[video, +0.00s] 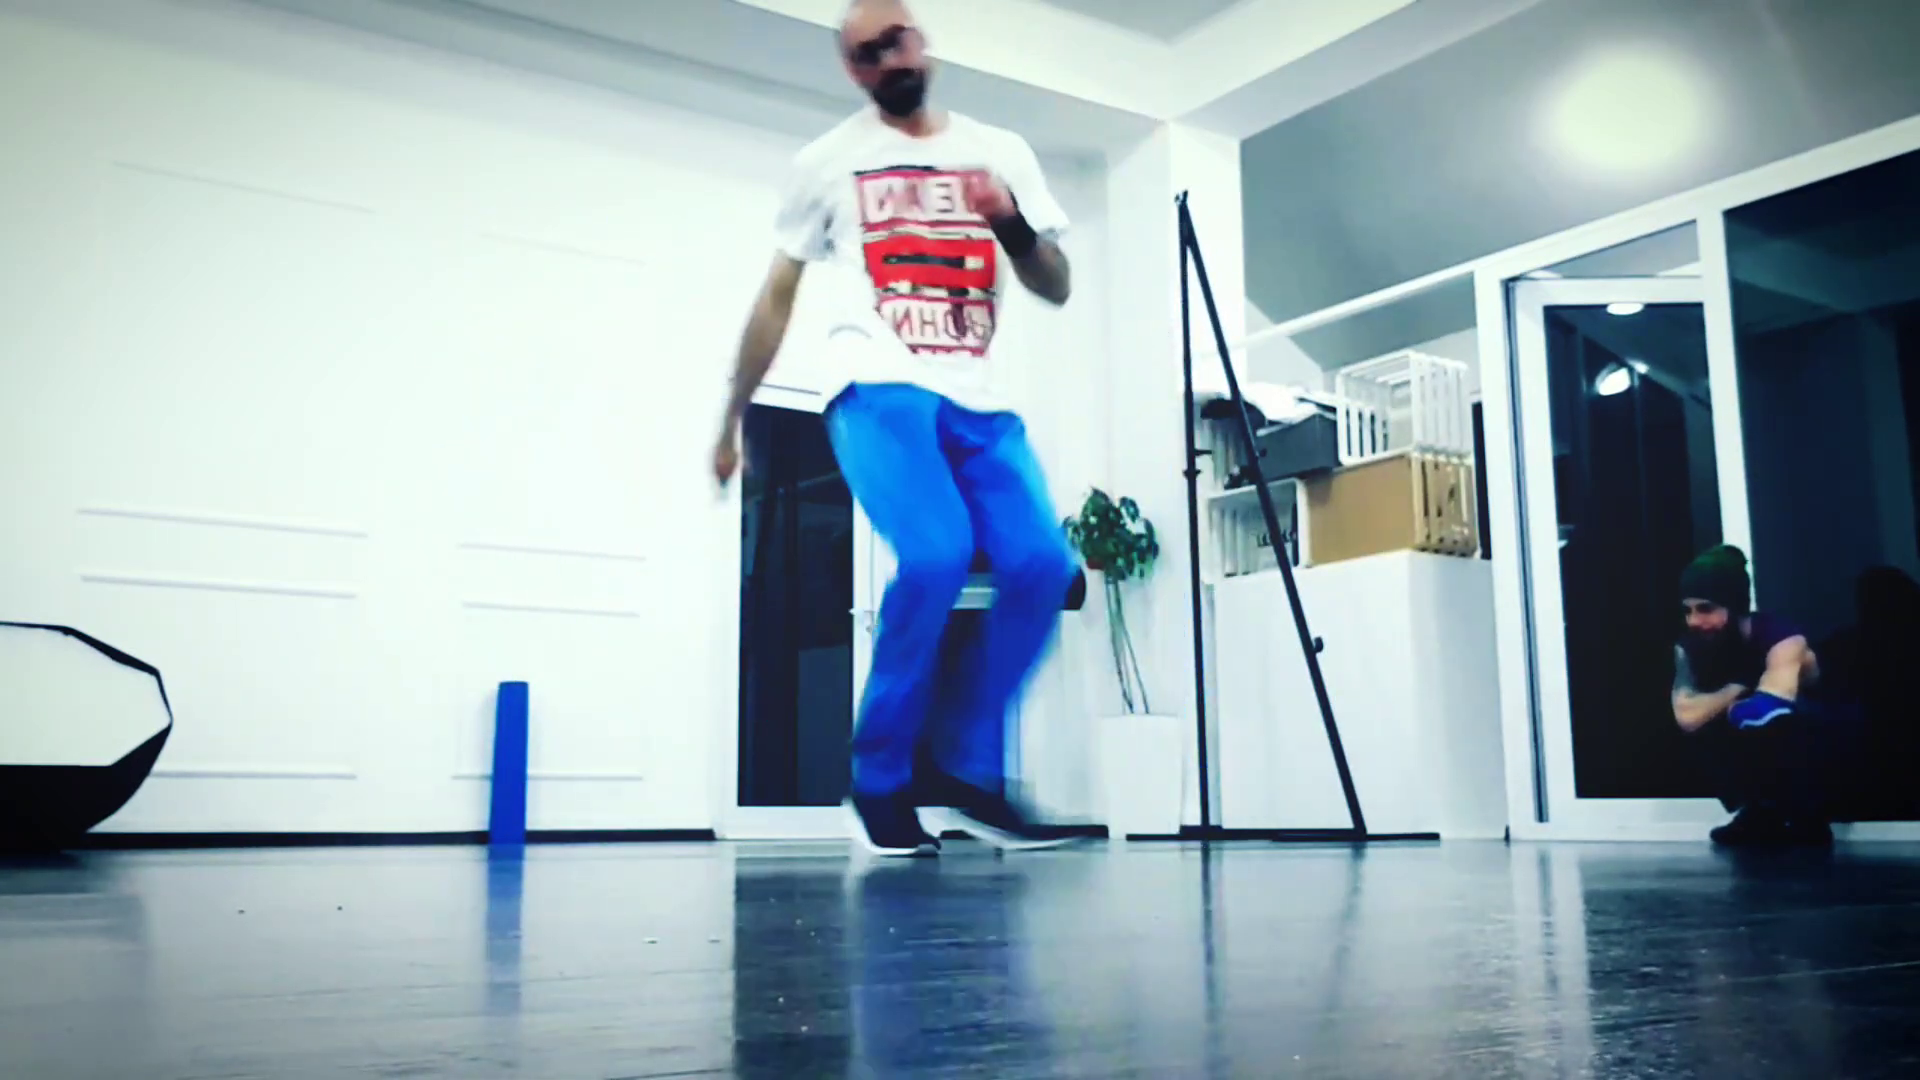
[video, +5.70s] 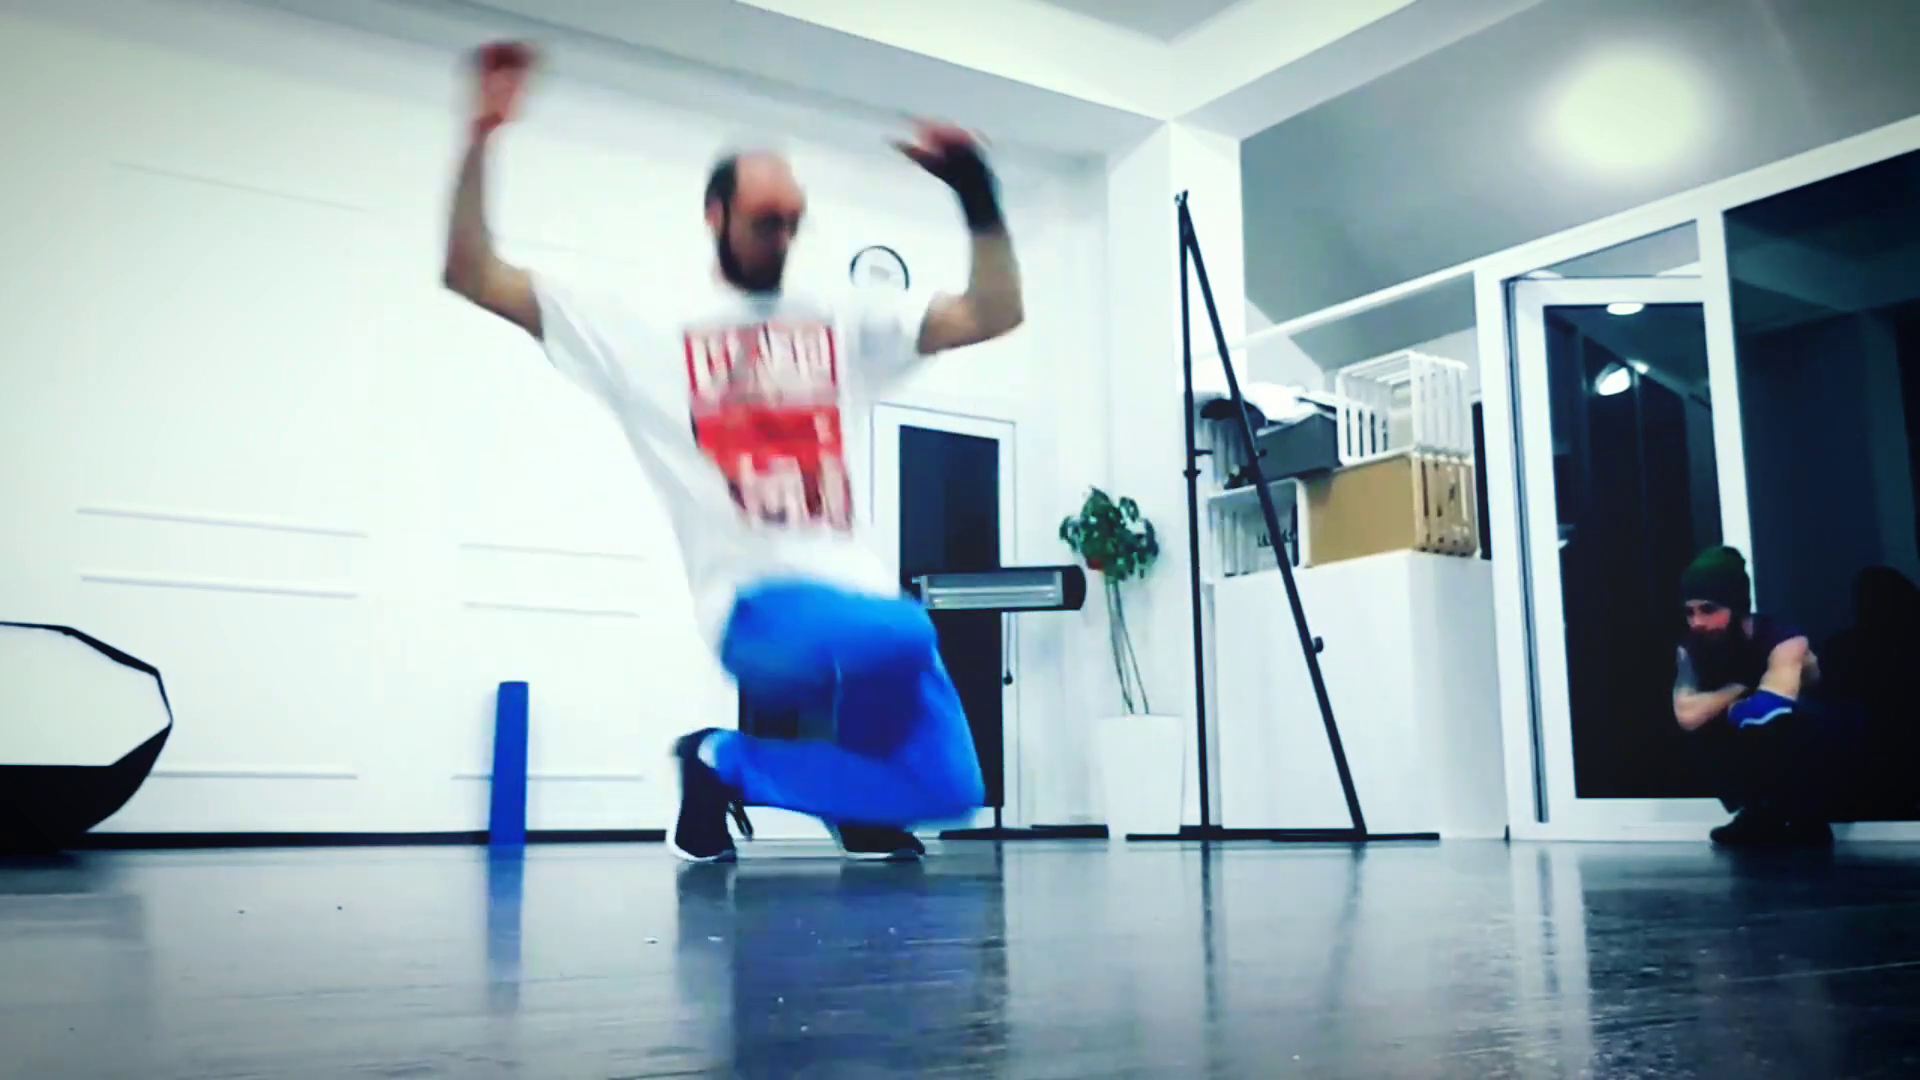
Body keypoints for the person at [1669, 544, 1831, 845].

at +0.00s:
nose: (1694, 622)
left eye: (1705, 610)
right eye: (1688, 611)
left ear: (1734, 606)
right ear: (1682, 610)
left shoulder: (1780, 636)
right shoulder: (1688, 650)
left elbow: (1772, 706)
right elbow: (1687, 716)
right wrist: (1735, 690)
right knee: (1703, 727)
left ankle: (1804, 821)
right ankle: (1755, 813)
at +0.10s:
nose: (1694, 622)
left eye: (1706, 610)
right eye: (1688, 611)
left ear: (1733, 606)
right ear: (1682, 611)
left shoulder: (1776, 636)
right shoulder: (1687, 650)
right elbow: (1687, 716)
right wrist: (1733, 692)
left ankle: (1802, 820)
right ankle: (1755, 812)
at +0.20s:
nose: (1695, 622)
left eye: (1706, 610)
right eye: (1688, 611)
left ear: (1734, 606)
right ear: (1682, 611)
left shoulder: (1778, 637)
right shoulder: (1687, 650)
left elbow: (1775, 707)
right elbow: (1687, 717)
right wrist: (1734, 691)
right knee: (1704, 726)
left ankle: (1802, 820)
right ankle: (1754, 812)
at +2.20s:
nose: (1698, 623)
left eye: (1710, 611)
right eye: (1691, 612)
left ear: (1738, 607)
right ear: (1685, 612)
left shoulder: (1783, 638)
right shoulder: (1690, 651)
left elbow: (1772, 705)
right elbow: (1687, 716)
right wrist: (1732, 693)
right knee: (1708, 726)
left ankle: (1805, 821)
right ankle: (1757, 814)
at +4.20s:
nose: (1697, 622)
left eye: (1707, 610)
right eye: (1690, 612)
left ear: (1736, 606)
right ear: (1684, 611)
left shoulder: (1781, 639)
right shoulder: (1691, 651)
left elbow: (1776, 700)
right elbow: (1687, 715)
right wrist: (1737, 690)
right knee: (1709, 728)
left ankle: (1805, 820)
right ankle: (1755, 813)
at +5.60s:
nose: (1697, 623)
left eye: (1708, 611)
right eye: (1690, 613)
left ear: (1736, 607)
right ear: (1684, 612)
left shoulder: (1779, 637)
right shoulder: (1690, 652)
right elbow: (1688, 715)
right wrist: (1738, 690)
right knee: (1704, 727)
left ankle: (1802, 819)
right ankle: (1755, 814)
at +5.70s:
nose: (1697, 623)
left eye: (1708, 611)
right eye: (1690, 613)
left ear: (1736, 607)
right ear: (1684, 612)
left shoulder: (1777, 637)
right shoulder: (1691, 652)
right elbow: (1688, 715)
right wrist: (1738, 689)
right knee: (1704, 728)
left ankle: (1802, 819)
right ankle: (1755, 814)